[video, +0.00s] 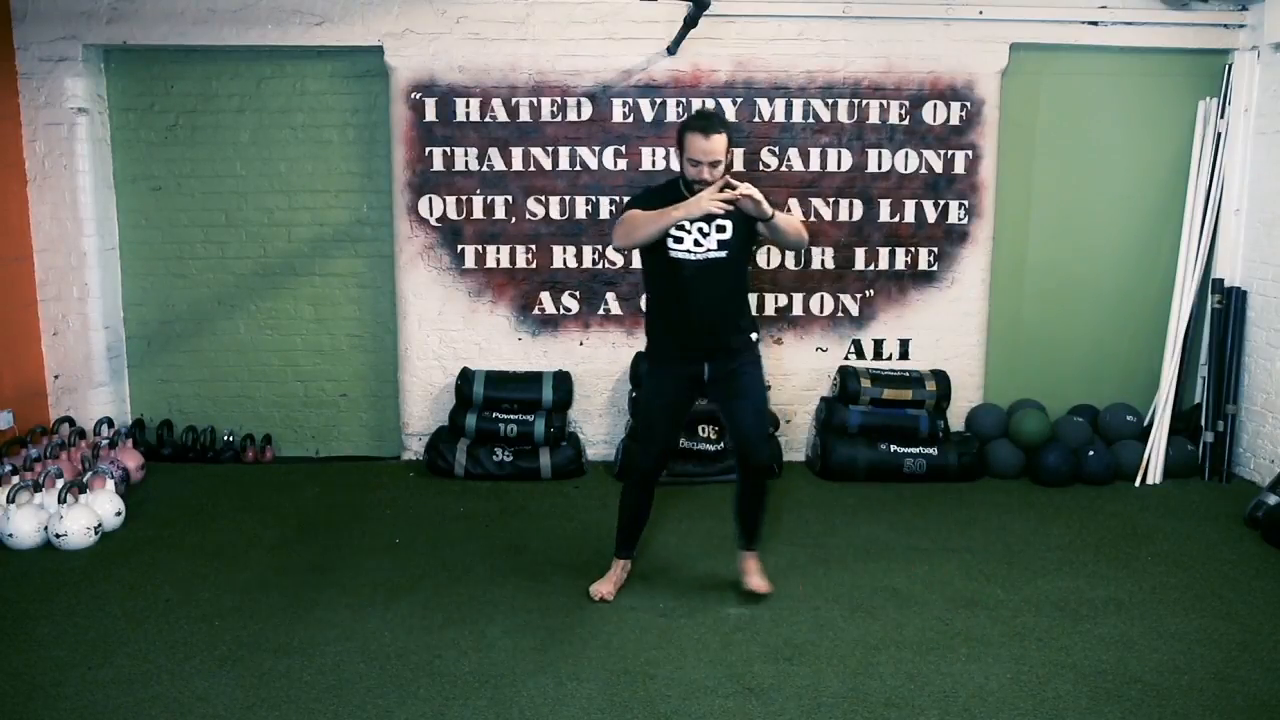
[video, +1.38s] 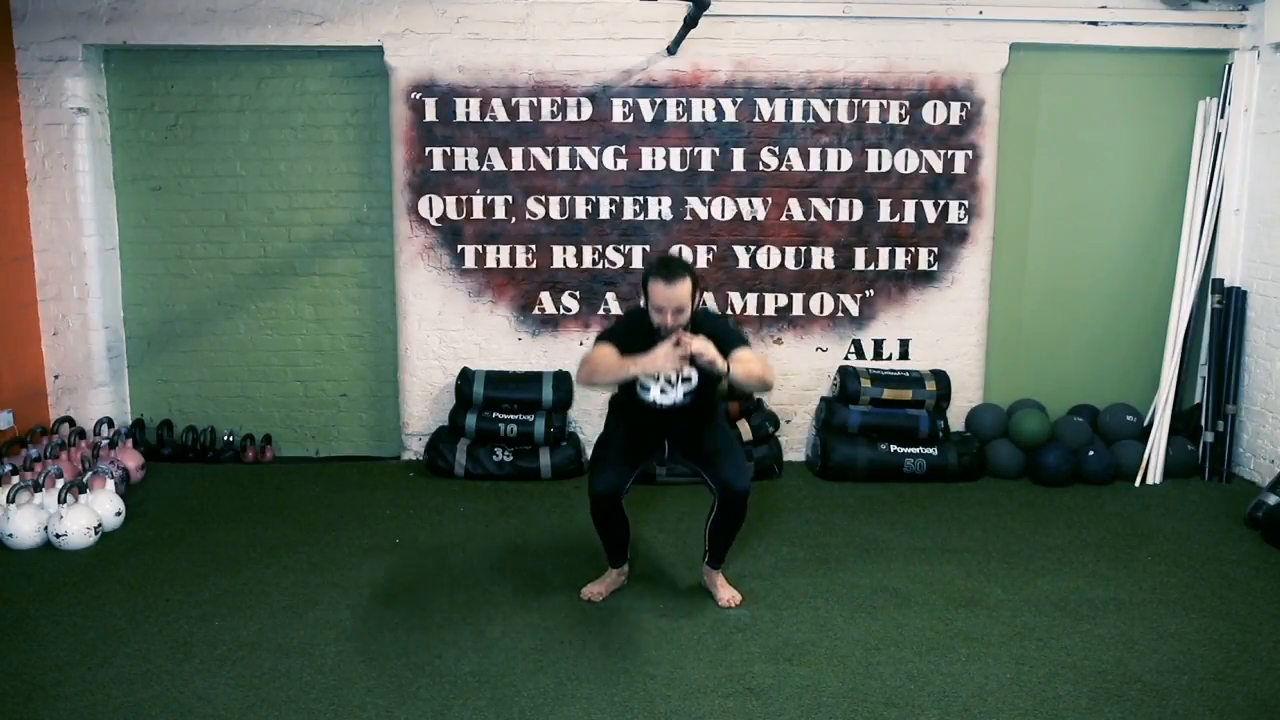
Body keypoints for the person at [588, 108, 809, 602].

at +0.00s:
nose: (703, 173)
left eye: (714, 164)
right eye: (695, 163)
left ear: (728, 158)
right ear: (680, 155)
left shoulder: (742, 200)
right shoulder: (656, 197)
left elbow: (799, 239)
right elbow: (623, 235)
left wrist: (766, 213)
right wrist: (691, 207)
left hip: (733, 352)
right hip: (669, 352)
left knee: (756, 449)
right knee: (644, 454)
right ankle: (622, 560)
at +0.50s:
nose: (680, 189)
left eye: (690, 179)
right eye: (671, 178)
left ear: (706, 170)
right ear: (658, 169)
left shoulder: (723, 210)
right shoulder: (638, 210)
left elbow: (773, 265)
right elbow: (597, 259)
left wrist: (731, 250)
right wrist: (651, 246)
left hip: (703, 362)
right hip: (638, 360)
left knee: (721, 464)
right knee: (618, 463)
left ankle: (715, 562)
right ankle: (617, 560)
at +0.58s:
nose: (677, 218)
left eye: (687, 208)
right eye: (669, 207)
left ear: (703, 199)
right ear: (655, 198)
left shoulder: (722, 236)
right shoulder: (633, 233)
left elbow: (770, 288)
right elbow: (592, 284)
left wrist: (730, 277)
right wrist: (647, 273)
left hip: (701, 372)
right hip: (635, 371)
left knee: (727, 466)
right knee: (608, 467)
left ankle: (715, 564)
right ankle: (616, 562)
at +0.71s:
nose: (672, 278)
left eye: (682, 269)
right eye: (664, 269)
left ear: (698, 256)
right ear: (650, 256)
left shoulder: (717, 288)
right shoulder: (629, 284)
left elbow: (767, 339)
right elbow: (590, 333)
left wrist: (728, 331)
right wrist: (646, 326)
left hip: (696, 400)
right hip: (631, 400)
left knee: (733, 476)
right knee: (597, 480)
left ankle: (715, 567)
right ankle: (615, 565)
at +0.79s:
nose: (670, 320)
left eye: (680, 310)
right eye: (661, 310)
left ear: (696, 294)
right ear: (648, 295)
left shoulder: (715, 322)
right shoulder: (630, 318)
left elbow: (764, 376)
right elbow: (590, 372)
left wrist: (727, 373)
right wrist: (643, 366)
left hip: (698, 420)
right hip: (632, 419)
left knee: (736, 480)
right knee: (594, 486)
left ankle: (715, 568)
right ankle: (615, 567)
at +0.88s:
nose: (668, 356)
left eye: (678, 347)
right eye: (659, 346)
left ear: (693, 332)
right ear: (646, 331)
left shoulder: (713, 353)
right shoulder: (628, 351)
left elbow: (759, 412)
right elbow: (589, 405)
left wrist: (725, 411)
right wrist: (639, 405)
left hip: (698, 439)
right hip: (635, 439)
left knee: (739, 486)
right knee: (592, 490)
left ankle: (715, 568)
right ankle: (615, 568)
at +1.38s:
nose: (668, 320)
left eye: (678, 311)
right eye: (659, 311)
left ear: (694, 300)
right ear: (646, 300)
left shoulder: (712, 327)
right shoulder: (633, 325)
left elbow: (763, 377)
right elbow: (589, 372)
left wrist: (723, 366)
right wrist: (647, 363)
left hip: (700, 426)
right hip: (635, 425)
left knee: (736, 485)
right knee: (603, 487)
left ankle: (713, 569)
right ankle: (617, 568)